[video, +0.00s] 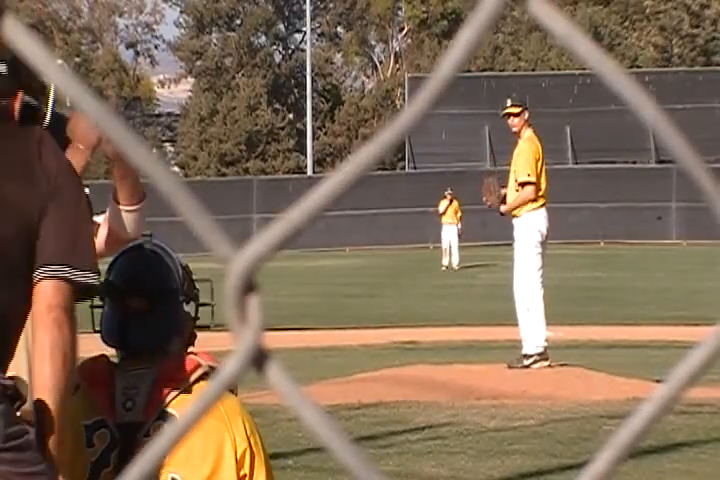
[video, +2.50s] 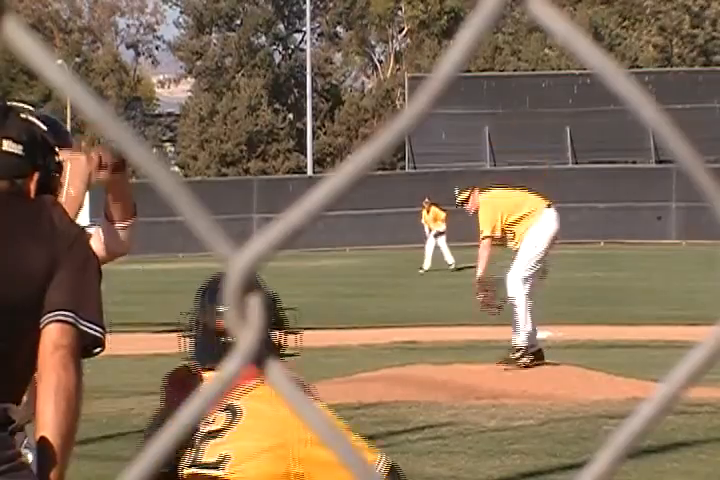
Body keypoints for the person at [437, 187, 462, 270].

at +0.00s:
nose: (449, 196)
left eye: (450, 194)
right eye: (448, 194)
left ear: (452, 194)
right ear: (445, 194)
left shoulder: (455, 202)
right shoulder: (443, 202)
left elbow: (458, 212)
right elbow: (440, 211)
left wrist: (459, 223)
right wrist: (447, 202)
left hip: (454, 224)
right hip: (445, 224)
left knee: (454, 244)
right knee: (445, 244)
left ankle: (455, 263)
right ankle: (445, 263)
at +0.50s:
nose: (453, 196)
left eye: (454, 194)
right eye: (452, 194)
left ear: (456, 195)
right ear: (449, 194)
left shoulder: (459, 203)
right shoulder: (446, 203)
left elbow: (463, 214)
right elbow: (442, 214)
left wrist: (465, 226)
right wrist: (448, 212)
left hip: (457, 224)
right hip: (449, 224)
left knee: (457, 244)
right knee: (449, 244)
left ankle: (456, 263)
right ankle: (449, 261)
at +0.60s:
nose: (453, 195)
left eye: (454, 193)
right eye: (451, 193)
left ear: (456, 195)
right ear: (449, 194)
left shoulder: (459, 203)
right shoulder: (446, 203)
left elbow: (463, 214)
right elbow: (443, 212)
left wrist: (464, 224)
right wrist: (445, 219)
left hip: (456, 224)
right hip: (449, 224)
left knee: (456, 244)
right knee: (448, 244)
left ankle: (457, 262)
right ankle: (449, 262)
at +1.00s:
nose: (445, 196)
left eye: (447, 194)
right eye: (444, 194)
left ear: (449, 195)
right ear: (442, 195)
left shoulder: (454, 203)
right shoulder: (441, 205)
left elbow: (458, 215)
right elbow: (439, 218)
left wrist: (458, 225)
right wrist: (437, 229)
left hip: (453, 225)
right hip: (445, 225)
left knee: (453, 244)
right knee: (445, 245)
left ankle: (456, 262)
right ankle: (447, 263)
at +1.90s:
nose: (439, 195)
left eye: (441, 193)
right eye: (438, 193)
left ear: (443, 194)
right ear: (435, 194)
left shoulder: (446, 203)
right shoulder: (434, 204)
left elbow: (450, 217)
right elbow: (432, 216)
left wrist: (446, 229)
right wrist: (428, 228)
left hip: (444, 225)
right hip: (437, 225)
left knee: (444, 246)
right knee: (433, 244)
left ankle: (444, 265)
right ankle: (437, 260)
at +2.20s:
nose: (430, 201)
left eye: (432, 199)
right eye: (429, 199)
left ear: (435, 199)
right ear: (428, 200)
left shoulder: (440, 207)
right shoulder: (429, 208)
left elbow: (445, 223)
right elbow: (428, 220)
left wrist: (441, 230)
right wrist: (425, 231)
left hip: (441, 228)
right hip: (433, 229)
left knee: (442, 248)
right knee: (430, 248)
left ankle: (443, 265)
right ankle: (427, 265)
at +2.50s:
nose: (426, 205)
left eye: (427, 203)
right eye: (425, 203)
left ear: (430, 204)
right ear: (423, 204)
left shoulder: (434, 209)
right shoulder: (424, 212)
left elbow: (443, 214)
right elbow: (424, 222)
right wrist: (427, 232)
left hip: (440, 230)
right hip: (432, 231)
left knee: (443, 247)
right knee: (428, 248)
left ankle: (451, 262)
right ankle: (426, 266)